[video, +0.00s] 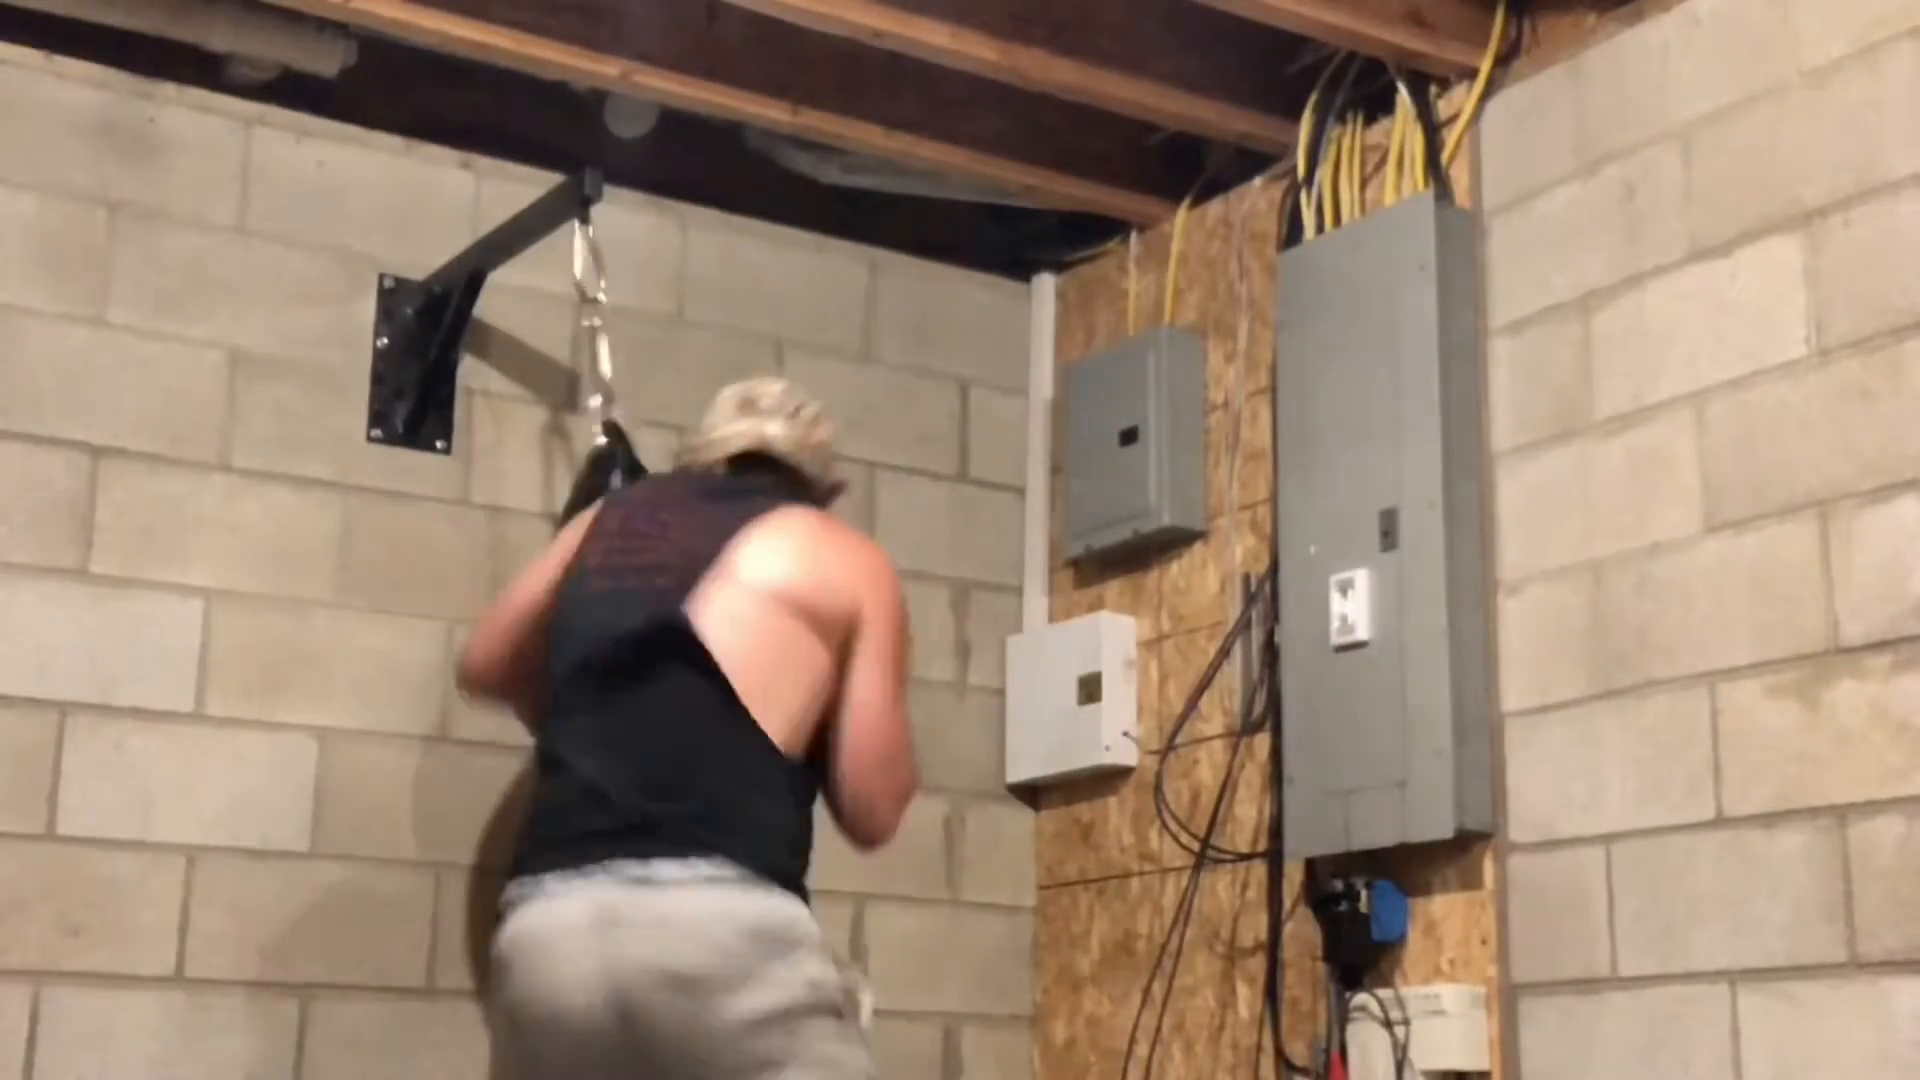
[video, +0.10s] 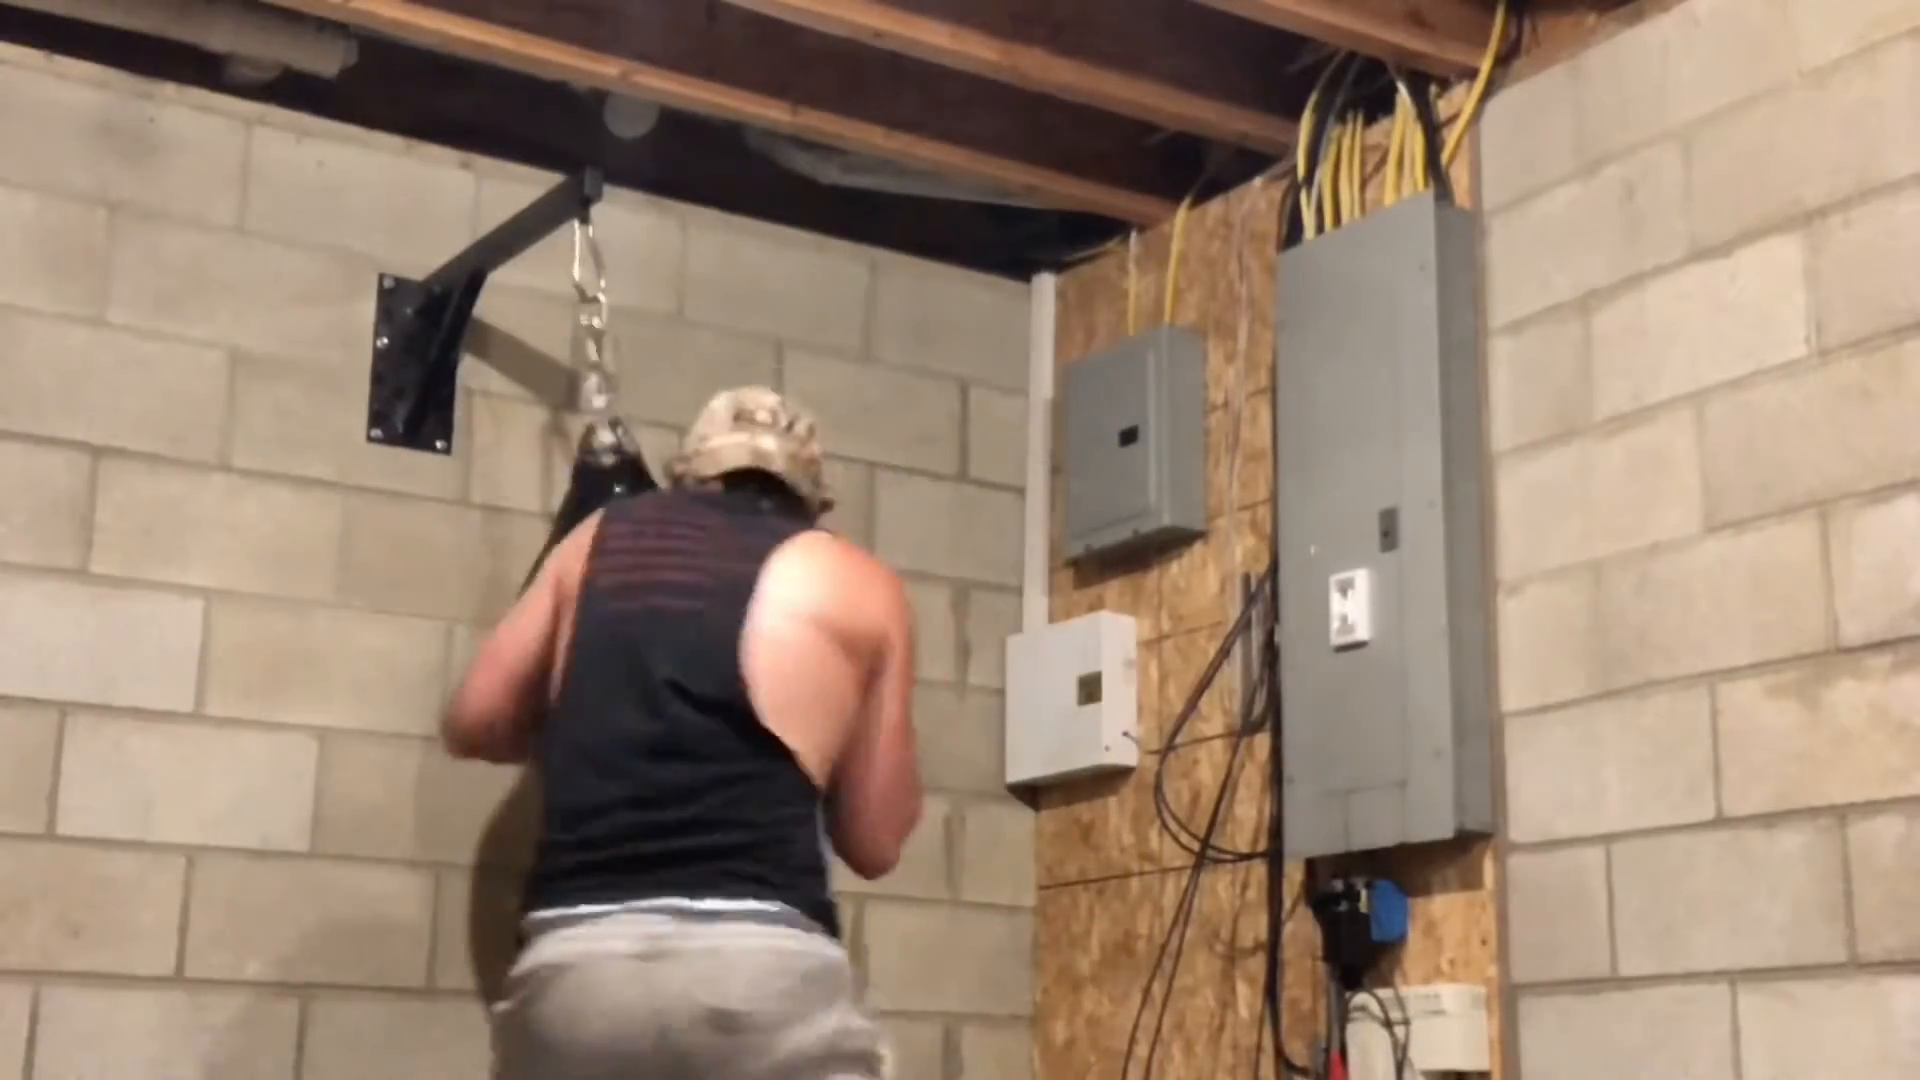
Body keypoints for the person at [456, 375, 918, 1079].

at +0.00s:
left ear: (701, 457)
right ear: (825, 484)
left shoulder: (602, 520)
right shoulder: (852, 560)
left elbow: (489, 661)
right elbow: (874, 810)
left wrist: (600, 722)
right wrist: (819, 672)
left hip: (546, 924)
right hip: (728, 928)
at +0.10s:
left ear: (688, 471)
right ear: (814, 490)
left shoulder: (592, 540)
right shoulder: (865, 586)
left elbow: (476, 723)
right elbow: (875, 845)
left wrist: (606, 710)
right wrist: (817, 707)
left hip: (576, 966)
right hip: (771, 974)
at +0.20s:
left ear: (711, 438)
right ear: (839, 448)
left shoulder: (616, 512)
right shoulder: (907, 553)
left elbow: (494, 697)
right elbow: (928, 816)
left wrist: (629, 746)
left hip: (633, 953)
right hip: (827, 958)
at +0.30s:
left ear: (745, 400)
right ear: (877, 409)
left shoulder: (661, 478)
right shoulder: (965, 516)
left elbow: (557, 668)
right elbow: (1000, 774)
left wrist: (655, 708)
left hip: (717, 935)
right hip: (917, 926)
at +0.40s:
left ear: (780, 374)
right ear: (914, 378)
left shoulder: (716, 446)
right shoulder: (1012, 485)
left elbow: (626, 643)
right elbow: (1061, 751)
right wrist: (938, 720)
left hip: (771, 914)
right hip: (973, 902)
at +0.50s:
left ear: (811, 331)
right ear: (943, 336)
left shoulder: (754, 397)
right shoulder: (1052, 453)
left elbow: (665, 599)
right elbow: (1092, 714)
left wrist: (723, 655)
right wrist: (944, 695)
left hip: (803, 865)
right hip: (1003, 872)